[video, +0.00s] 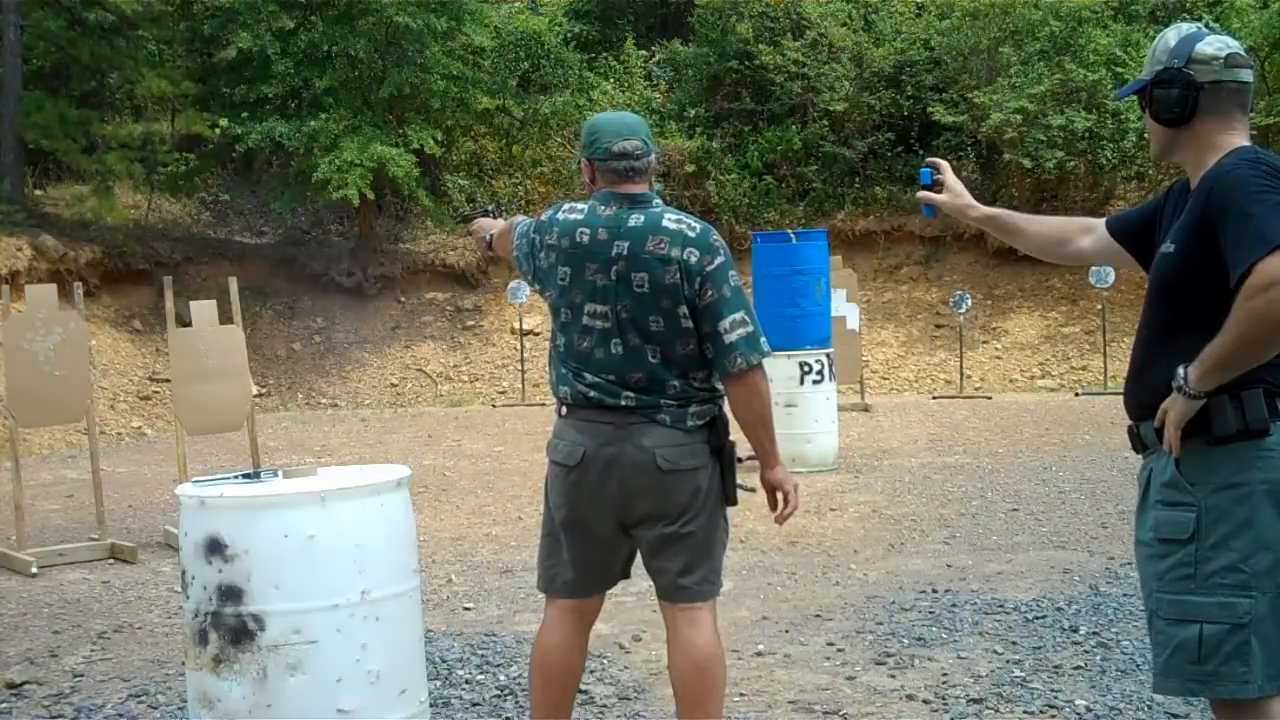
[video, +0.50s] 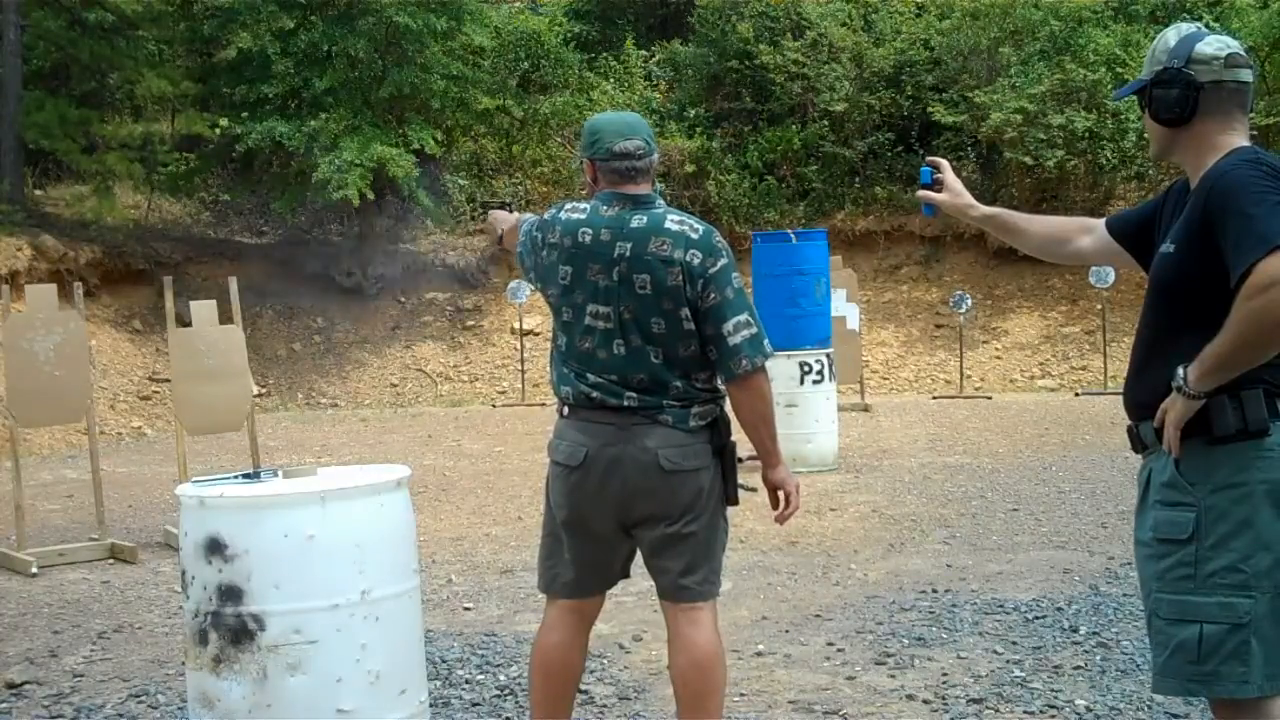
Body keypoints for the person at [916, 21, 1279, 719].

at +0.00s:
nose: (1146, 115)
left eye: (1151, 101)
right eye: (1147, 101)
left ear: (1176, 103)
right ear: (1225, 101)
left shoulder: (1243, 179)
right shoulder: (1189, 197)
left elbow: (1273, 284)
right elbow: (1084, 237)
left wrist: (1193, 383)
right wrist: (975, 212)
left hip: (1223, 463)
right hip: (1204, 459)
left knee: (1242, 691)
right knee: (1240, 685)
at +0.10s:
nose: (1146, 116)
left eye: (1151, 101)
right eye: (1147, 102)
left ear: (1176, 103)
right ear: (1225, 101)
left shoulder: (1243, 179)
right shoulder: (1190, 197)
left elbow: (1273, 285)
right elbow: (1084, 237)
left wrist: (1193, 383)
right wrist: (975, 212)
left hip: (1223, 464)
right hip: (1204, 459)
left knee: (1241, 691)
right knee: (1241, 685)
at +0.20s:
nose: (1146, 115)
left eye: (1151, 101)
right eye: (1147, 102)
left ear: (1176, 103)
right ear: (1225, 101)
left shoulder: (1243, 179)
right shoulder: (1189, 197)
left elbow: (1273, 285)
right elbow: (1083, 238)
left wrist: (1193, 382)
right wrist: (975, 212)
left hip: (1223, 464)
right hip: (1205, 459)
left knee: (1242, 692)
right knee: (1241, 685)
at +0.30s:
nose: (1146, 115)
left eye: (1151, 101)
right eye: (1147, 101)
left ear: (1176, 103)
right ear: (1225, 101)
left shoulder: (1243, 180)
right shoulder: (1189, 197)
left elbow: (1273, 285)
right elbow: (1083, 238)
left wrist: (1193, 382)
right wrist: (975, 212)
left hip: (1223, 464)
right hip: (1204, 459)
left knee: (1242, 691)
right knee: (1240, 685)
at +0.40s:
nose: (1146, 115)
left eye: (1151, 101)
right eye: (1147, 102)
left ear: (1176, 103)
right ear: (1225, 101)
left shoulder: (1242, 180)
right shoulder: (1189, 197)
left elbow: (1274, 284)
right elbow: (1083, 238)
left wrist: (1193, 383)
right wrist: (975, 212)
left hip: (1223, 464)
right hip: (1205, 460)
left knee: (1242, 693)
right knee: (1241, 686)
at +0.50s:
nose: (1146, 115)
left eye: (1150, 101)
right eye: (1147, 101)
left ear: (1176, 103)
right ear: (1224, 101)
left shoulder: (1242, 180)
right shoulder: (1189, 196)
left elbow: (1274, 284)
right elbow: (1084, 238)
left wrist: (1193, 382)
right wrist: (975, 212)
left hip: (1223, 462)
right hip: (1206, 457)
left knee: (1241, 690)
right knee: (1240, 683)